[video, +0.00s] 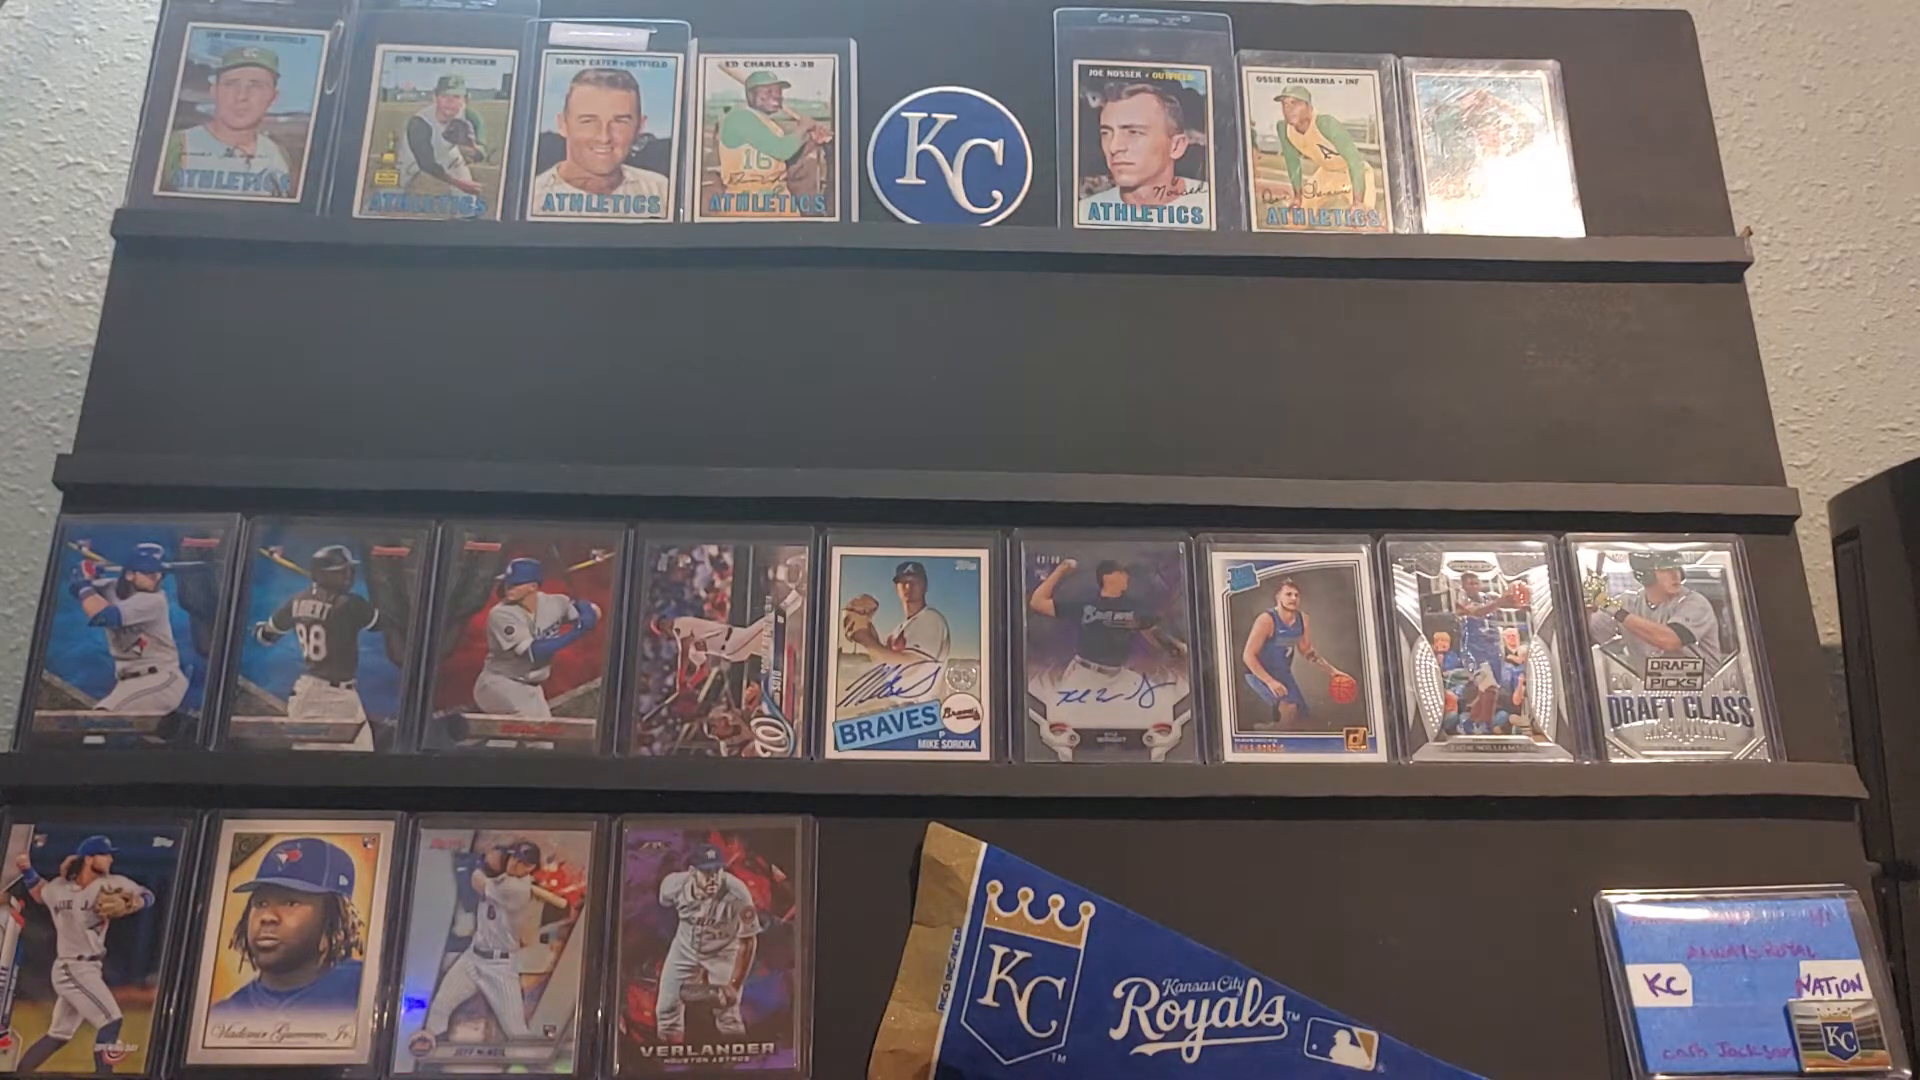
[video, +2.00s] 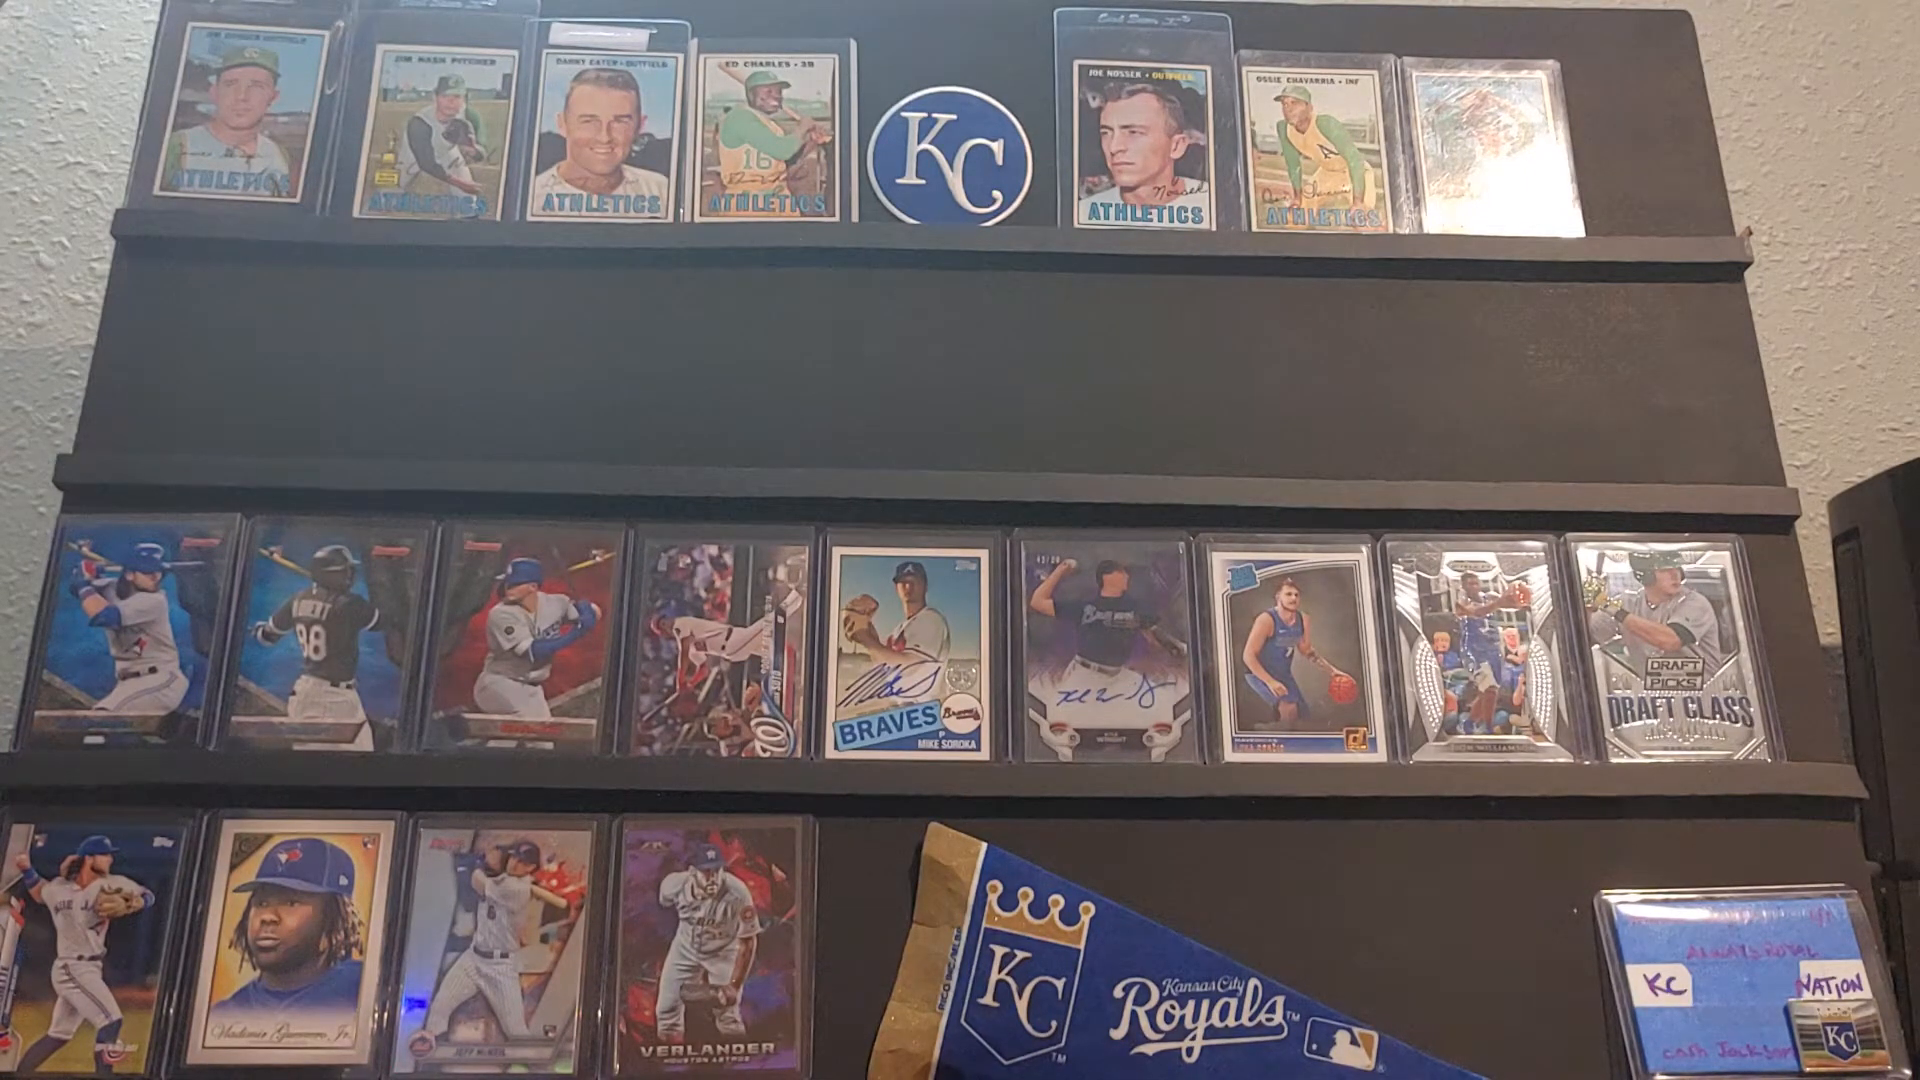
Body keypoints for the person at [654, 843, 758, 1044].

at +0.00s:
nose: (712, 878)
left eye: (716, 871)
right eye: (705, 872)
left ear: (722, 869)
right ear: (693, 870)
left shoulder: (738, 893)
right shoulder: (673, 886)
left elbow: (749, 941)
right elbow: (667, 910)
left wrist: (735, 985)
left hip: (724, 953)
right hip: (684, 948)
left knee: (727, 1015)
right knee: (666, 1009)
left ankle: (740, 1068)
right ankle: (673, 1071)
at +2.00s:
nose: (712, 878)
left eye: (716, 871)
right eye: (705, 872)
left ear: (722, 869)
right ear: (693, 870)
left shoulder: (738, 892)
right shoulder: (674, 885)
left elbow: (749, 941)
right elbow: (666, 907)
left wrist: (735, 985)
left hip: (725, 953)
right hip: (685, 947)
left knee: (727, 1015)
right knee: (666, 1009)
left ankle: (741, 1068)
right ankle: (673, 1069)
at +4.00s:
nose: (712, 878)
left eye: (716, 871)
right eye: (706, 872)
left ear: (722, 869)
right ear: (692, 871)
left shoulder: (738, 893)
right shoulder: (672, 886)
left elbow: (749, 941)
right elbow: (668, 914)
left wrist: (735, 985)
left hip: (724, 954)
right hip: (684, 948)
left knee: (727, 1015)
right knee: (666, 1009)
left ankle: (740, 1068)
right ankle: (673, 1069)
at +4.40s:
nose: (712, 878)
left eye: (716, 871)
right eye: (705, 872)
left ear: (722, 869)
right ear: (692, 871)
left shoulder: (738, 894)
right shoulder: (673, 885)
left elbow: (748, 942)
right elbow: (667, 912)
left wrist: (734, 985)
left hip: (725, 954)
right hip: (684, 948)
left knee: (727, 1014)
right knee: (666, 1009)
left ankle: (740, 1068)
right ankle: (673, 1071)